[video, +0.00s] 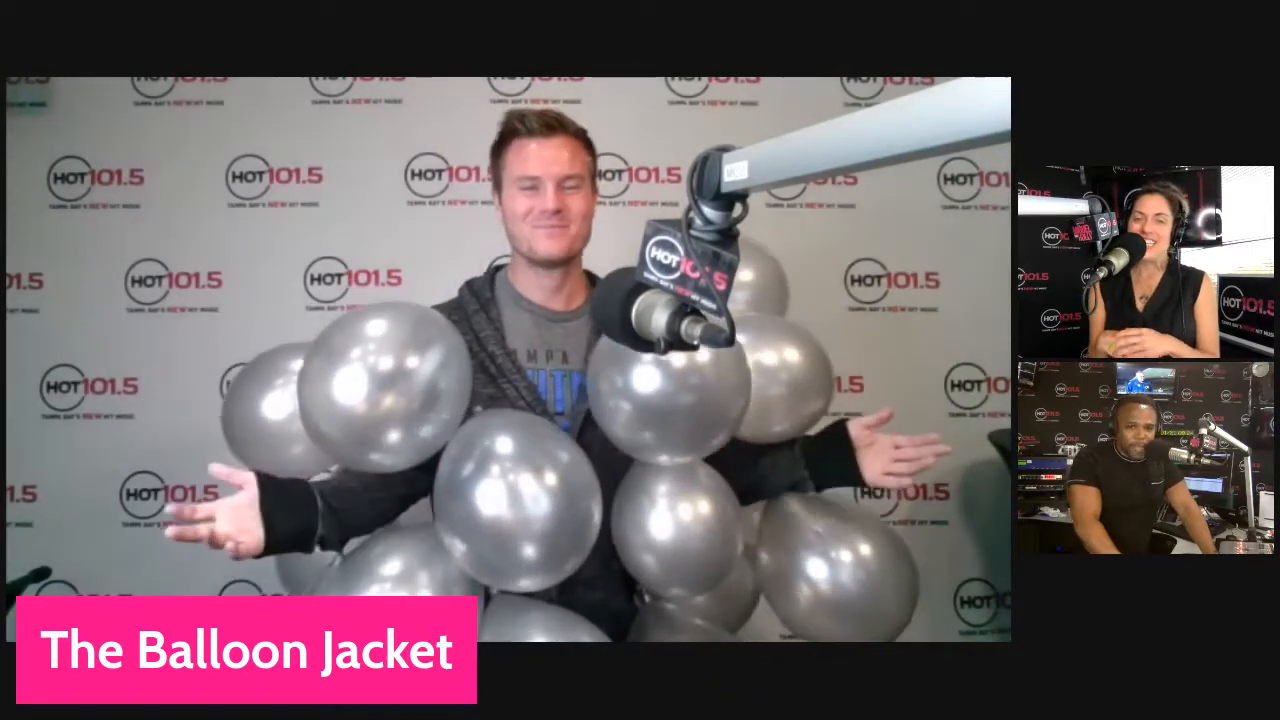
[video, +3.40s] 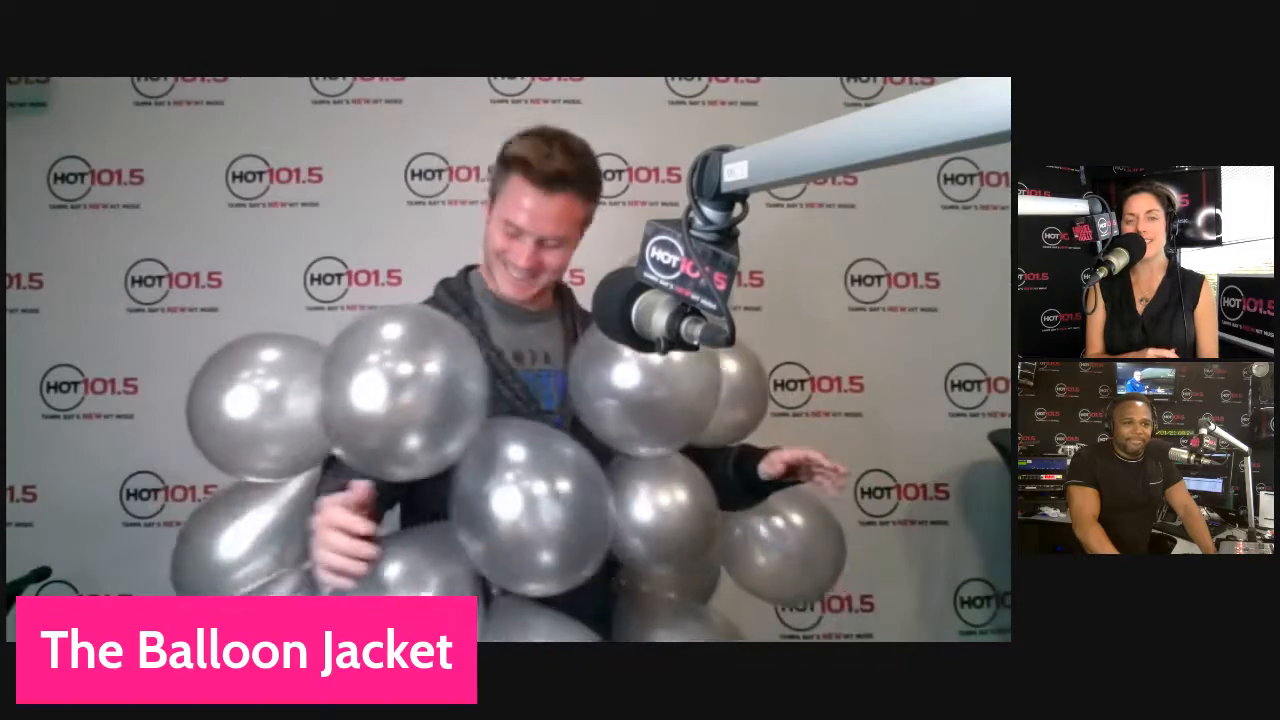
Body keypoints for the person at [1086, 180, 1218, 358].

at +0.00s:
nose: (1146, 229)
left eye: (1160, 220)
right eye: (1138, 218)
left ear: (1175, 230)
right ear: (1127, 224)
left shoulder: (1197, 284)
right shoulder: (1103, 285)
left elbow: (1211, 358)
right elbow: (1093, 359)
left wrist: (1169, 344)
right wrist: (1100, 345)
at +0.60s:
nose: (1143, 227)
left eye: (1156, 217)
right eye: (1134, 217)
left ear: (1172, 226)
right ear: (1124, 225)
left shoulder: (1197, 285)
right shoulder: (1103, 286)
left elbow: (1209, 362)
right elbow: (1094, 357)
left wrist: (1166, 352)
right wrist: (1126, 351)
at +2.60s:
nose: (1141, 229)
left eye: (1153, 219)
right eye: (1130, 220)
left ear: (1167, 225)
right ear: (1120, 227)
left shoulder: (1196, 287)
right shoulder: (1099, 289)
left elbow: (1210, 366)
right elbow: (1093, 361)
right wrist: (1139, 357)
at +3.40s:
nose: (1140, 228)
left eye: (1152, 218)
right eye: (1130, 220)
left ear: (1168, 223)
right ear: (1120, 227)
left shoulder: (1196, 288)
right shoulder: (1101, 289)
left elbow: (1209, 367)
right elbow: (1093, 359)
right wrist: (1138, 357)